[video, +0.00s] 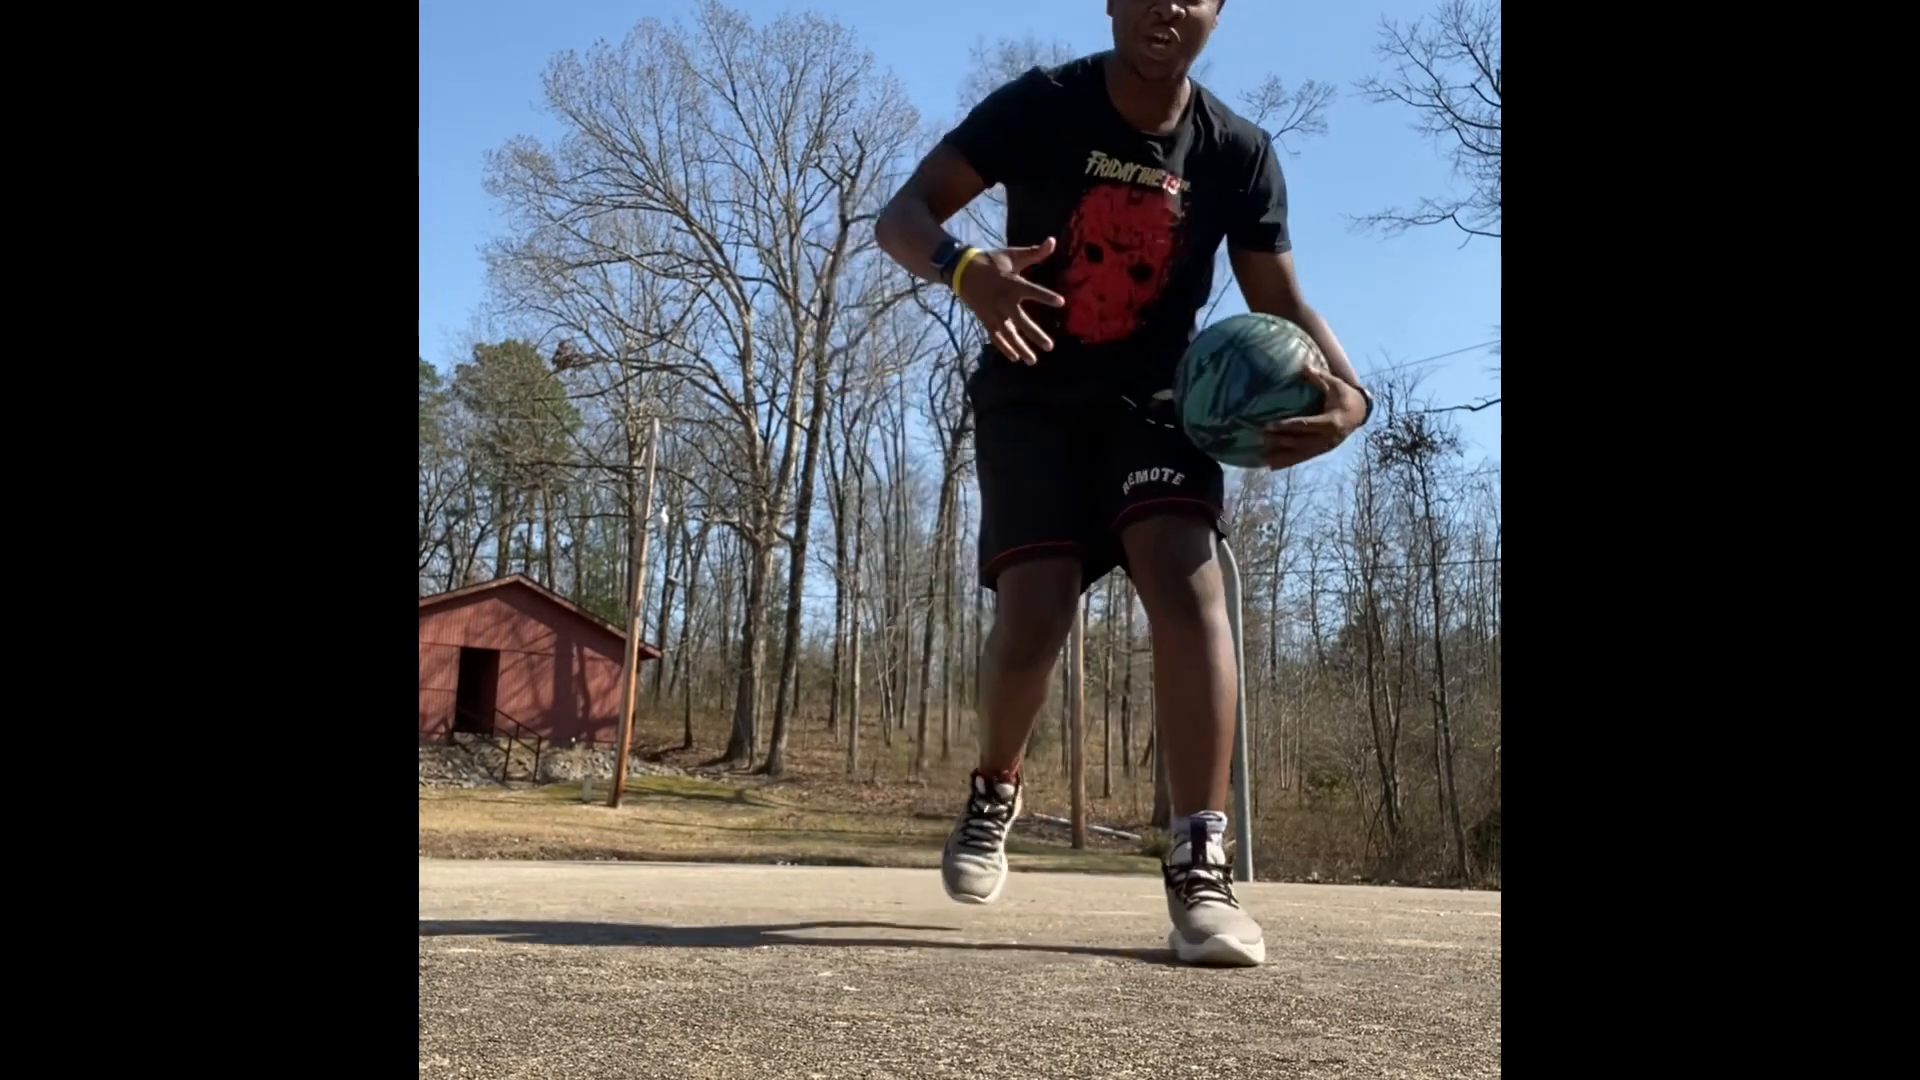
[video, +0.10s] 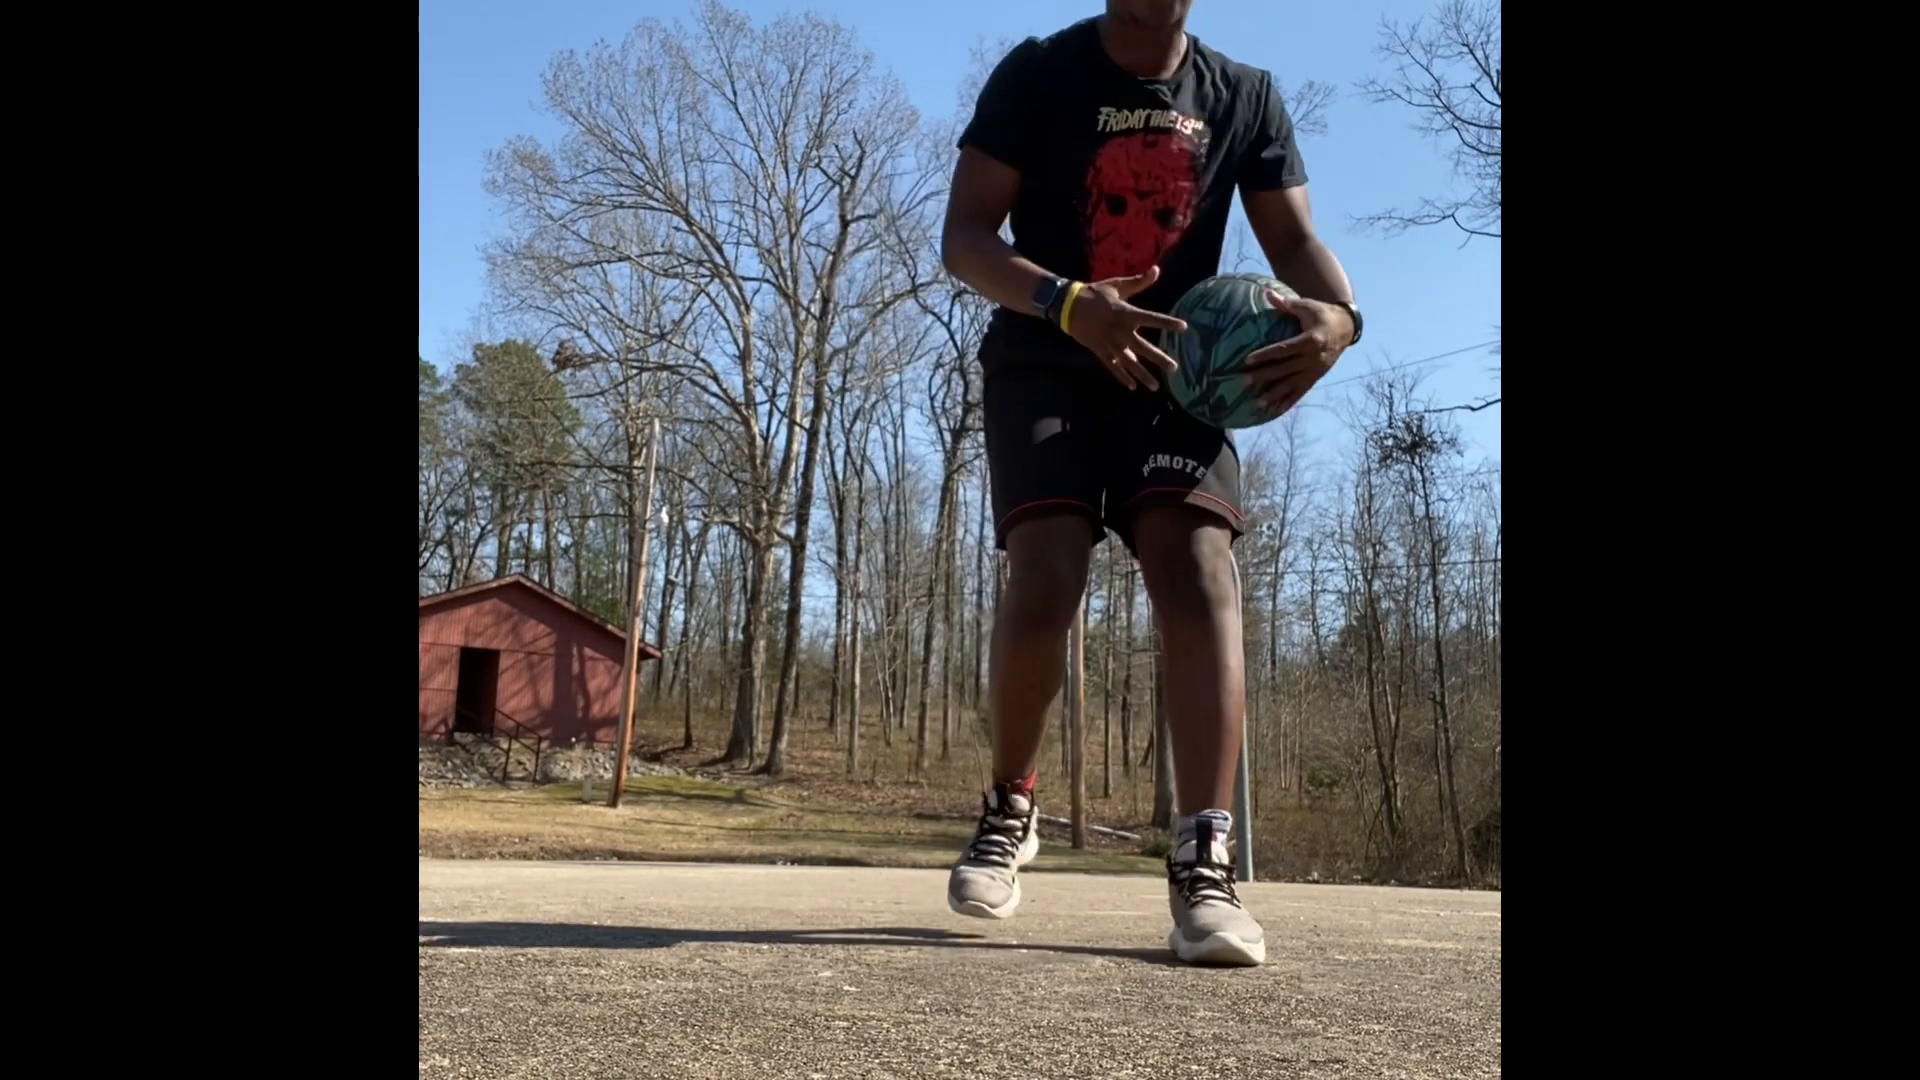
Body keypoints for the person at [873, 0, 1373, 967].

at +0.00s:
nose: (1165, 11)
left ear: (1215, 17)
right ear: (1112, 6)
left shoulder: (1239, 153)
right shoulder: (1036, 108)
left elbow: (1280, 307)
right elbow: (902, 218)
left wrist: (1351, 394)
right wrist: (962, 269)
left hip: (1156, 399)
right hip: (1032, 394)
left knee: (1193, 587)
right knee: (1038, 609)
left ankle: (1201, 873)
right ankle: (993, 793)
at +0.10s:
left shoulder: (1243, 97)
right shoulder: (1034, 76)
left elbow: (1295, 246)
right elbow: (965, 242)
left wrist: (1345, 320)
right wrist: (1067, 301)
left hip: (1177, 367)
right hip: (1043, 359)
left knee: (1202, 580)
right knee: (1045, 578)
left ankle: (1207, 871)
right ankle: (1006, 816)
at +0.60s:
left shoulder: (1188, 68)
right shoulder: (978, 75)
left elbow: (1264, 202)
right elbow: (925, 237)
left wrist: (1327, 294)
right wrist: (968, 362)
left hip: (1148, 372)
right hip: (1014, 372)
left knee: (1190, 571)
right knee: (1008, 590)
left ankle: (1199, 870)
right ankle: (1008, 867)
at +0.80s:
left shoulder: (1174, 86)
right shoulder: (962, 82)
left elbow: (1267, 209)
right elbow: (843, 202)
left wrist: (1350, 297)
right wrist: (851, 328)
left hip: (1133, 354)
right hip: (999, 359)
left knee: (1187, 548)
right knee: (998, 572)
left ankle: (1194, 858)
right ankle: (1007, 871)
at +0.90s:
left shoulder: (1169, 98)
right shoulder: (964, 89)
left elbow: (1262, 227)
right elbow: (826, 175)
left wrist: (1348, 309)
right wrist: (789, 254)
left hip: (1140, 349)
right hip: (1006, 356)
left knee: (1201, 557)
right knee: (1002, 576)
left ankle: (1191, 835)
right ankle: (1007, 865)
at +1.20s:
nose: (1130, 51)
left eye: (1152, 39)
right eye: (1113, 34)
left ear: (1175, 63)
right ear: (1082, 49)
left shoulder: (1203, 195)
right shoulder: (1019, 163)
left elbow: (1246, 342)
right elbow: (895, 238)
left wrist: (1307, 436)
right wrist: (814, 203)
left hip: (1162, 413)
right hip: (1041, 403)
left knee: (1193, 636)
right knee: (1038, 580)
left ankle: (1212, 868)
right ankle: (1012, 867)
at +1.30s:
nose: (1136, 87)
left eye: (1155, 71)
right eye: (1119, 70)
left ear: (1184, 83)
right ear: (1091, 75)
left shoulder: (1213, 217)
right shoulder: (1035, 184)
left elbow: (1251, 365)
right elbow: (947, 281)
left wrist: (1306, 450)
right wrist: (893, 265)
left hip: (1165, 432)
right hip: (1045, 429)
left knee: (1199, 641)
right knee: (1026, 609)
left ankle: (1209, 870)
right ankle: (1011, 841)